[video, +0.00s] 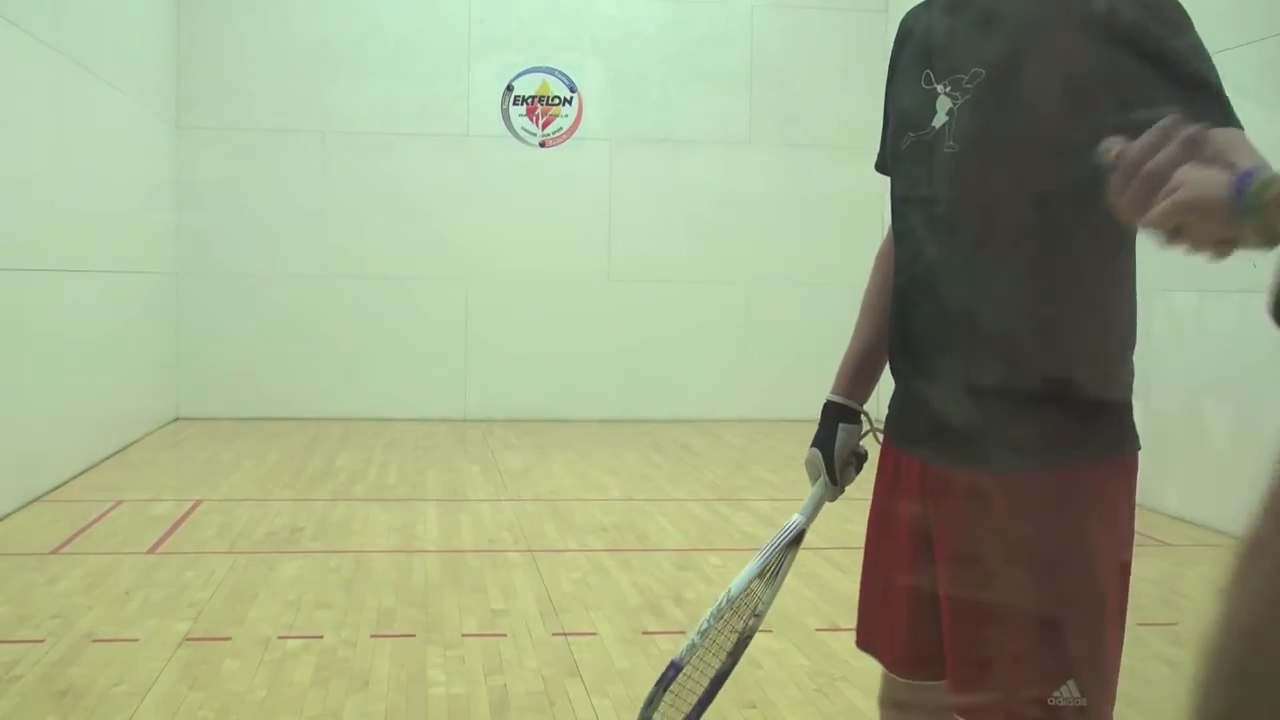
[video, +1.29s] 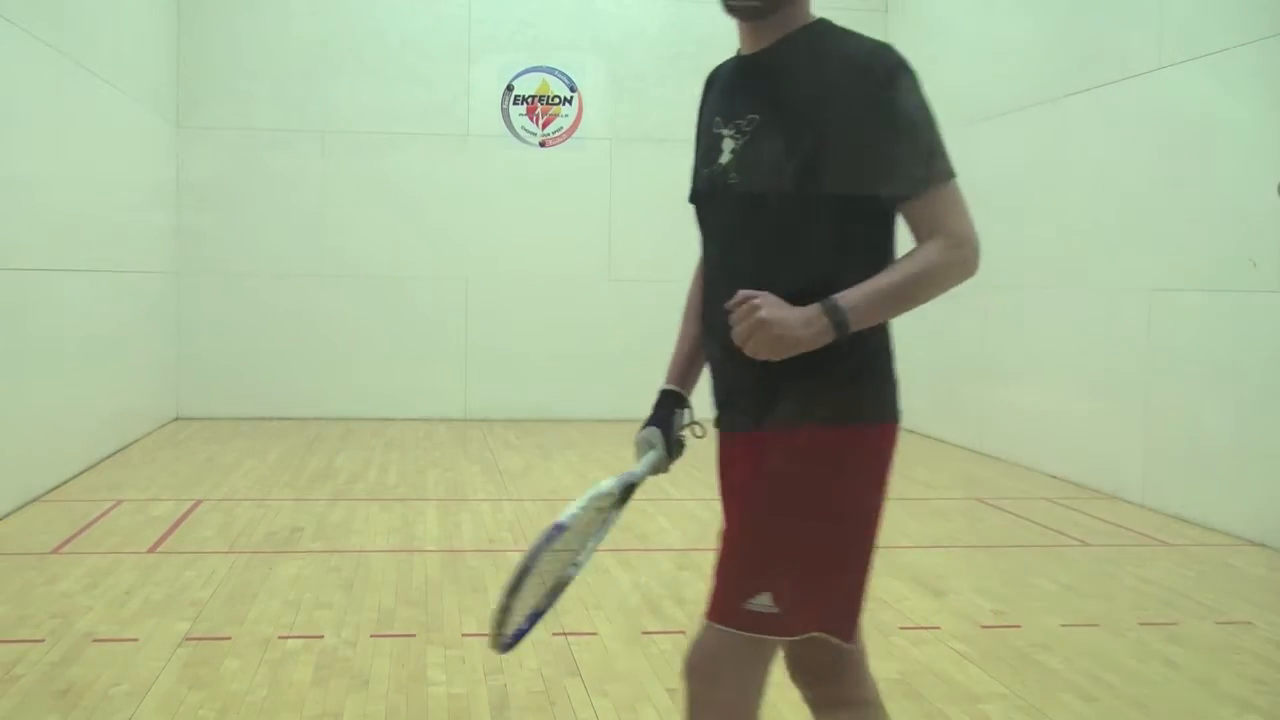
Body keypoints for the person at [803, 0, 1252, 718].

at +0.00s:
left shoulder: (1120, 15)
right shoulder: (926, 24)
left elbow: (1248, 187)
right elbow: (911, 229)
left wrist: (1222, 192)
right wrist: (845, 399)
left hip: (1055, 437)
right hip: (926, 427)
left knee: (1042, 704)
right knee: (911, 698)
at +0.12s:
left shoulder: (1122, 14)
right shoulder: (926, 26)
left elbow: (1224, 200)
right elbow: (912, 230)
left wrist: (1154, 238)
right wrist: (849, 399)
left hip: (1057, 443)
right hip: (926, 431)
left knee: (1040, 708)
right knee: (893, 696)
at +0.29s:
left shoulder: (1114, 21)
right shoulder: (921, 31)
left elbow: (1196, 242)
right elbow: (910, 233)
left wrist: (1049, 289)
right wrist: (849, 399)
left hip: (1050, 451)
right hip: (918, 437)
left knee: (1038, 709)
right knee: (872, 699)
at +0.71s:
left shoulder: (1014, 46)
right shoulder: (839, 74)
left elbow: (1095, 240)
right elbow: (843, 261)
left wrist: (928, 316)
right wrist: (801, 423)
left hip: (982, 440)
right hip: (863, 433)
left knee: (983, 697)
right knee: (853, 681)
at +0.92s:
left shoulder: (959, 49)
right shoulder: (795, 82)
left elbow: (1053, 222)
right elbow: (800, 250)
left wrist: (894, 291)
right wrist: (761, 404)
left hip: (929, 418)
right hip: (829, 416)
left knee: (880, 686)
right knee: (855, 666)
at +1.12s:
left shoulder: (910, 61)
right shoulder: (752, 87)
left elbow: (992, 236)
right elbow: (752, 253)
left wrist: (862, 309)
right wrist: (706, 394)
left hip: (875, 413)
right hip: (789, 412)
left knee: (771, 677)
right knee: (862, 668)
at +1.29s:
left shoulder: (865, 71)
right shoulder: (723, 88)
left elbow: (955, 248)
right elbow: (722, 257)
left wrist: (820, 319)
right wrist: (674, 394)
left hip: (830, 418)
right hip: (751, 417)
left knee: (719, 674)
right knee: (828, 663)